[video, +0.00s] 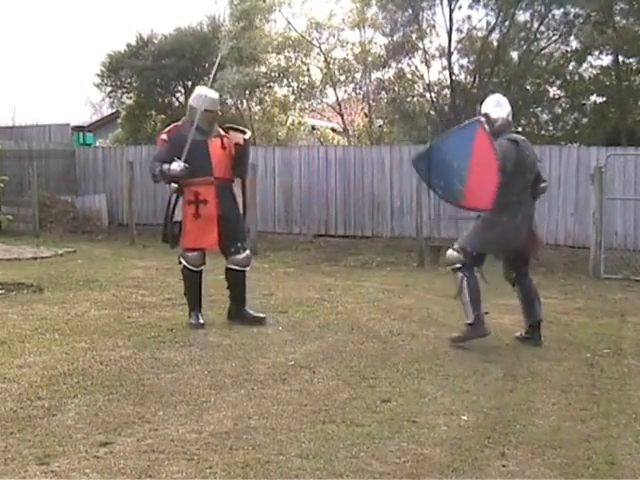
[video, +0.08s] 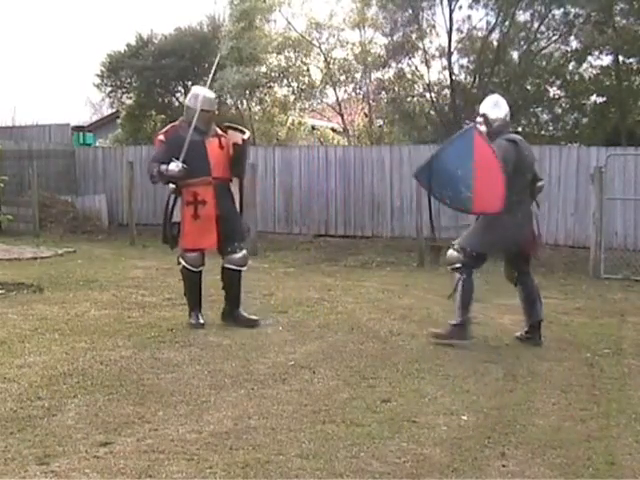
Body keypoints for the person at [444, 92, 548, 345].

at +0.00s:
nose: (483, 124)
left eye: (484, 120)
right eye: (483, 120)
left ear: (489, 120)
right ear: (508, 117)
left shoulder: (499, 147)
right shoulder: (525, 146)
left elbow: (488, 185)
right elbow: (539, 183)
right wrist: (520, 203)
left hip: (497, 222)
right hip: (522, 224)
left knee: (461, 260)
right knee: (519, 273)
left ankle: (475, 323)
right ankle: (534, 328)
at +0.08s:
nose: (480, 124)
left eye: (482, 119)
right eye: (481, 119)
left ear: (491, 119)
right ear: (506, 118)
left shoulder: (500, 147)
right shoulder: (522, 145)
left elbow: (488, 181)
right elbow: (536, 181)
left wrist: (478, 138)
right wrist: (521, 201)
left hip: (496, 221)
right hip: (521, 222)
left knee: (463, 263)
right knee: (521, 272)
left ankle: (460, 325)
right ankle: (534, 329)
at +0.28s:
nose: (468, 128)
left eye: (472, 124)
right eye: (468, 123)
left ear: (485, 124)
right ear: (494, 123)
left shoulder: (489, 150)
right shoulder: (510, 149)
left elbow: (479, 186)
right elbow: (523, 185)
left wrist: (467, 147)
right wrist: (508, 204)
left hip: (490, 223)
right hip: (514, 222)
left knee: (461, 271)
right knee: (521, 272)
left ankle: (437, 326)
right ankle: (535, 329)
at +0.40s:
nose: (458, 129)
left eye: (460, 124)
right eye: (458, 125)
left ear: (470, 125)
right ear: (483, 124)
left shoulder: (479, 151)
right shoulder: (502, 149)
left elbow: (469, 183)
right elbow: (507, 185)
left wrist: (457, 149)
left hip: (480, 225)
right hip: (505, 224)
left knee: (451, 271)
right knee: (513, 274)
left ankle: (433, 327)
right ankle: (533, 328)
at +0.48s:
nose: (452, 129)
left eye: (455, 124)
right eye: (451, 124)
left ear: (467, 125)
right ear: (477, 124)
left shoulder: (472, 152)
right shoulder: (495, 148)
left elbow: (459, 183)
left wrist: (450, 148)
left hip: (476, 226)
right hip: (499, 224)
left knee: (444, 270)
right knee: (505, 272)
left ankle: (432, 327)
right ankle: (532, 325)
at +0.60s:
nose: (447, 129)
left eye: (451, 124)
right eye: (447, 124)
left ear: (463, 124)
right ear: (470, 124)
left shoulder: (466, 151)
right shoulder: (485, 147)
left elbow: (454, 188)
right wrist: (447, 147)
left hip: (471, 222)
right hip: (491, 221)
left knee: (442, 270)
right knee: (493, 270)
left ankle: (432, 327)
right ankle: (527, 316)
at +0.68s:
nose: (447, 130)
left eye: (450, 125)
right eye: (446, 125)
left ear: (462, 125)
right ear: (470, 125)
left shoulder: (464, 152)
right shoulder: (486, 148)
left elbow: (446, 181)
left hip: (469, 222)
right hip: (492, 221)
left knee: (442, 270)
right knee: (489, 269)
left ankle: (432, 327)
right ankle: (520, 314)